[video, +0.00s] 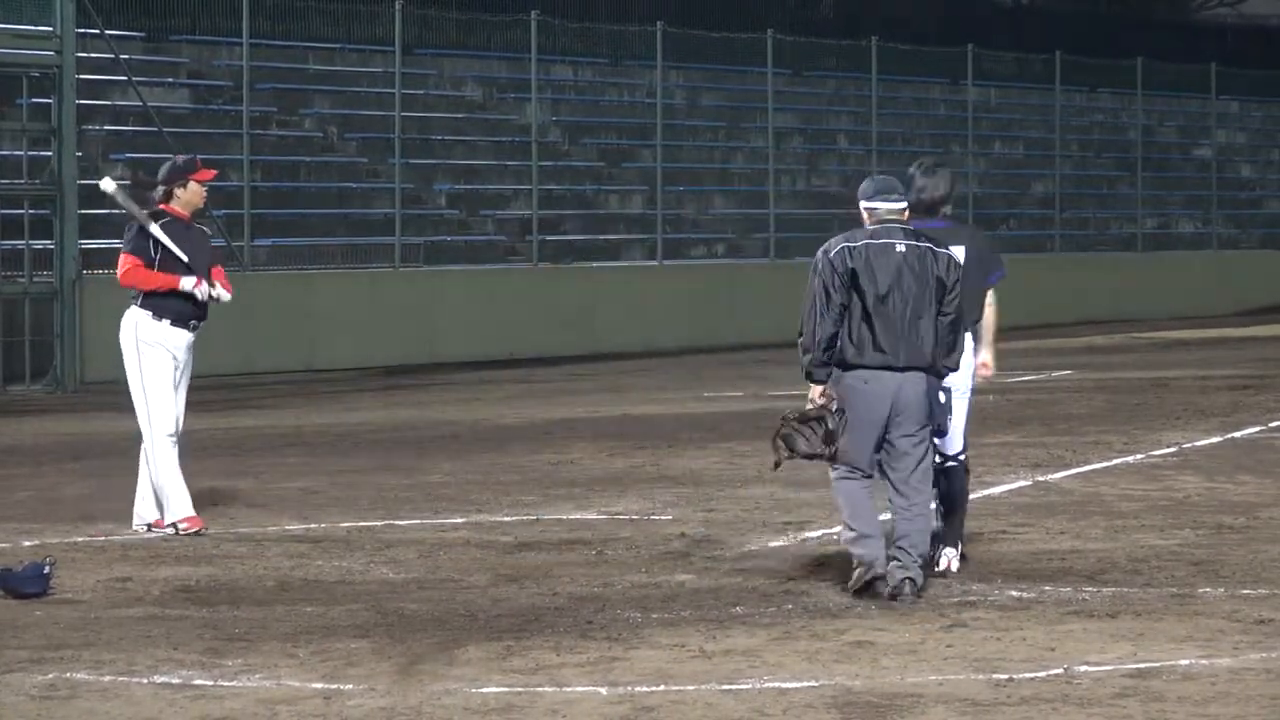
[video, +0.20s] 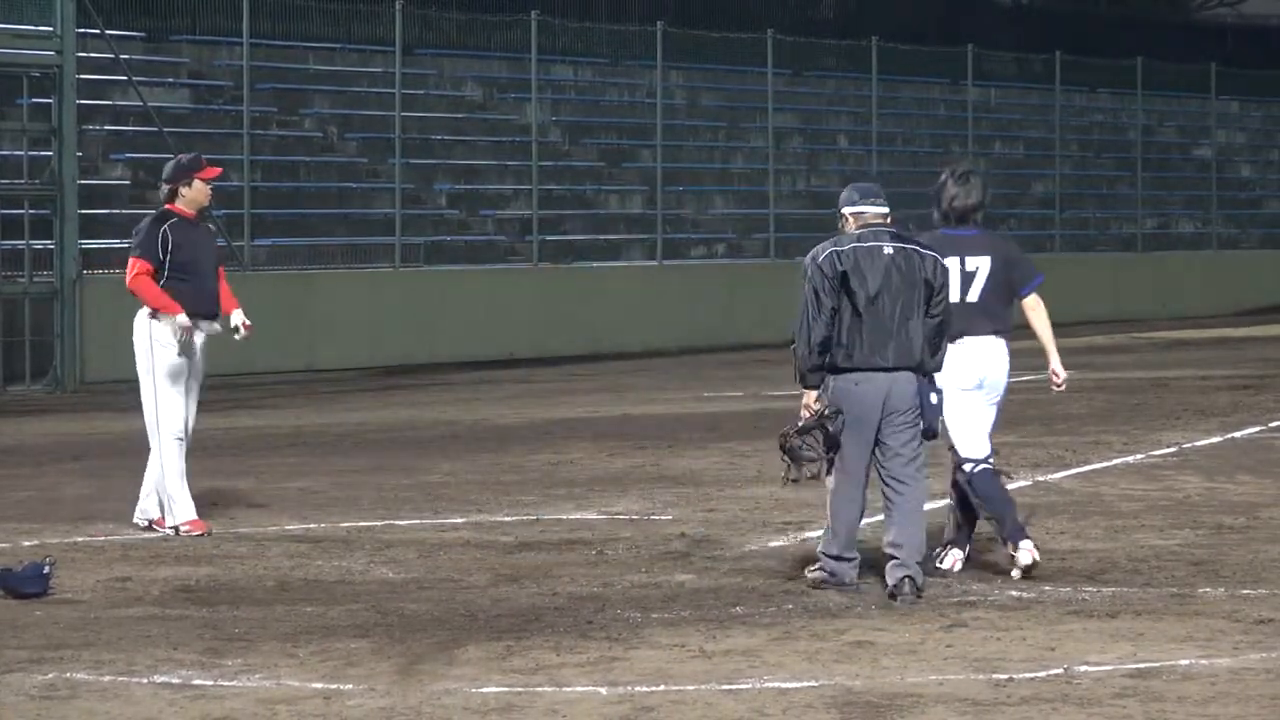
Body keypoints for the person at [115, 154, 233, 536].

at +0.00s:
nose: (206, 192)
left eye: (206, 186)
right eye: (200, 186)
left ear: (189, 190)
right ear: (177, 189)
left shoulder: (199, 233)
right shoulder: (146, 222)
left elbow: (215, 270)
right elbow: (127, 272)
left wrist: (220, 287)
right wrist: (183, 282)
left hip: (182, 335)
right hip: (147, 330)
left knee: (167, 427)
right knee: (159, 425)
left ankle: (147, 515)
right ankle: (181, 513)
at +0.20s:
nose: (211, 188)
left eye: (210, 182)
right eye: (204, 183)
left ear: (191, 188)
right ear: (182, 187)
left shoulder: (205, 231)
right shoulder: (157, 225)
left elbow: (216, 276)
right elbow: (136, 277)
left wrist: (233, 311)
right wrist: (174, 311)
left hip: (197, 331)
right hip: (160, 330)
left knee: (180, 425)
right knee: (170, 424)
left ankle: (149, 509)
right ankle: (180, 514)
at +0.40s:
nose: (216, 188)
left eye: (215, 182)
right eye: (210, 182)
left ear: (194, 188)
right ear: (188, 187)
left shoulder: (212, 228)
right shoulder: (163, 225)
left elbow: (217, 281)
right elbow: (145, 281)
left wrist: (231, 327)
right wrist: (176, 324)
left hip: (209, 337)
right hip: (173, 335)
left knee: (210, 422)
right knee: (172, 427)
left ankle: (163, 492)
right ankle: (179, 516)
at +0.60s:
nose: (228, 189)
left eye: (228, 183)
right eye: (222, 183)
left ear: (207, 187)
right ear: (201, 186)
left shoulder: (217, 227)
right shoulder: (173, 225)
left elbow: (217, 280)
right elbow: (159, 282)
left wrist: (228, 326)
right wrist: (178, 332)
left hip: (222, 337)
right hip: (185, 336)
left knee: (231, 423)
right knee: (179, 429)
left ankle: (216, 506)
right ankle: (180, 514)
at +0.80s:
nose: (246, 193)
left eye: (245, 187)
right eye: (240, 187)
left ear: (228, 189)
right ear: (219, 188)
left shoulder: (230, 230)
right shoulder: (191, 228)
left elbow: (229, 284)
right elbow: (177, 288)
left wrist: (241, 332)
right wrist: (184, 345)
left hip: (238, 339)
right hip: (200, 338)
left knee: (250, 429)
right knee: (186, 432)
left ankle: (268, 512)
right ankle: (181, 516)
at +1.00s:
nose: (270, 193)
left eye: (270, 187)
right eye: (265, 186)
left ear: (252, 189)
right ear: (242, 188)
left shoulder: (255, 230)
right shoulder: (214, 228)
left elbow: (252, 284)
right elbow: (200, 287)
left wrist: (264, 331)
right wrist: (209, 345)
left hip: (262, 342)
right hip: (225, 340)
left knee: (268, 434)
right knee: (203, 431)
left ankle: (275, 516)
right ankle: (184, 511)